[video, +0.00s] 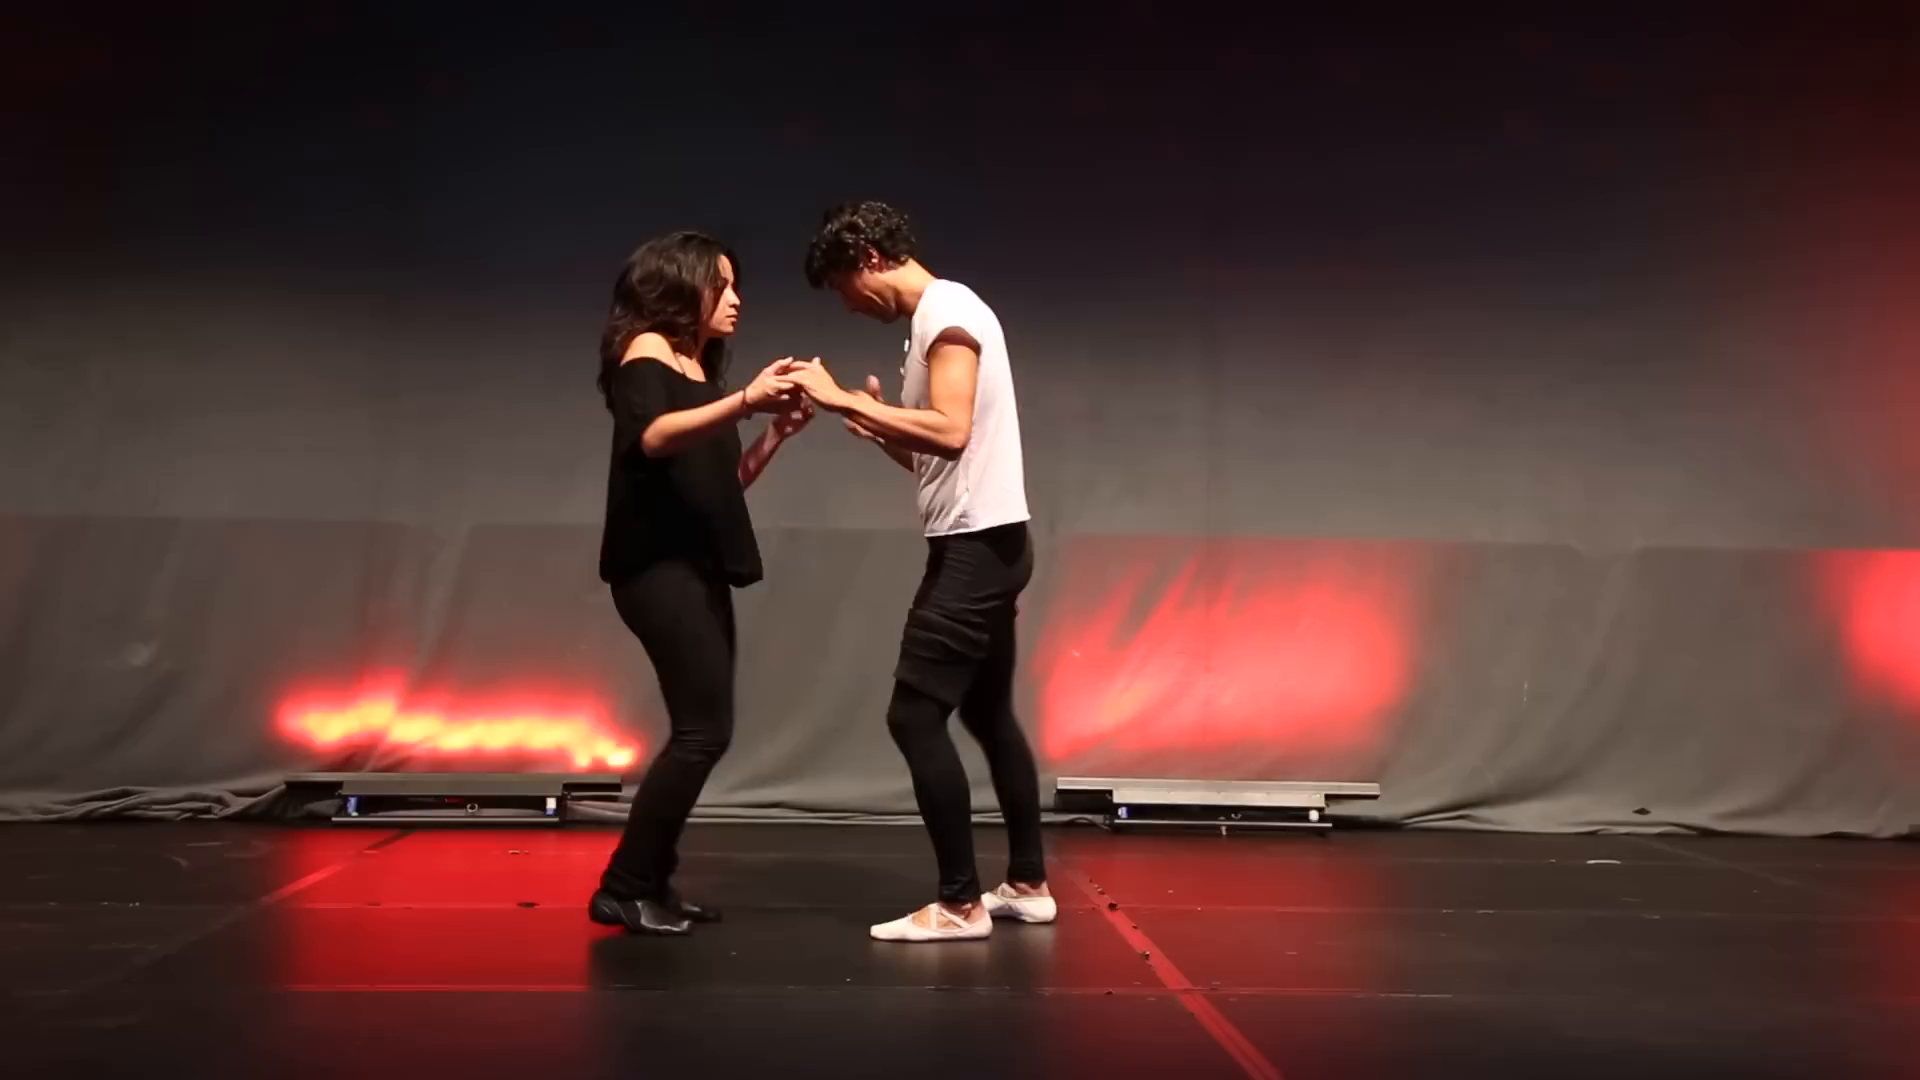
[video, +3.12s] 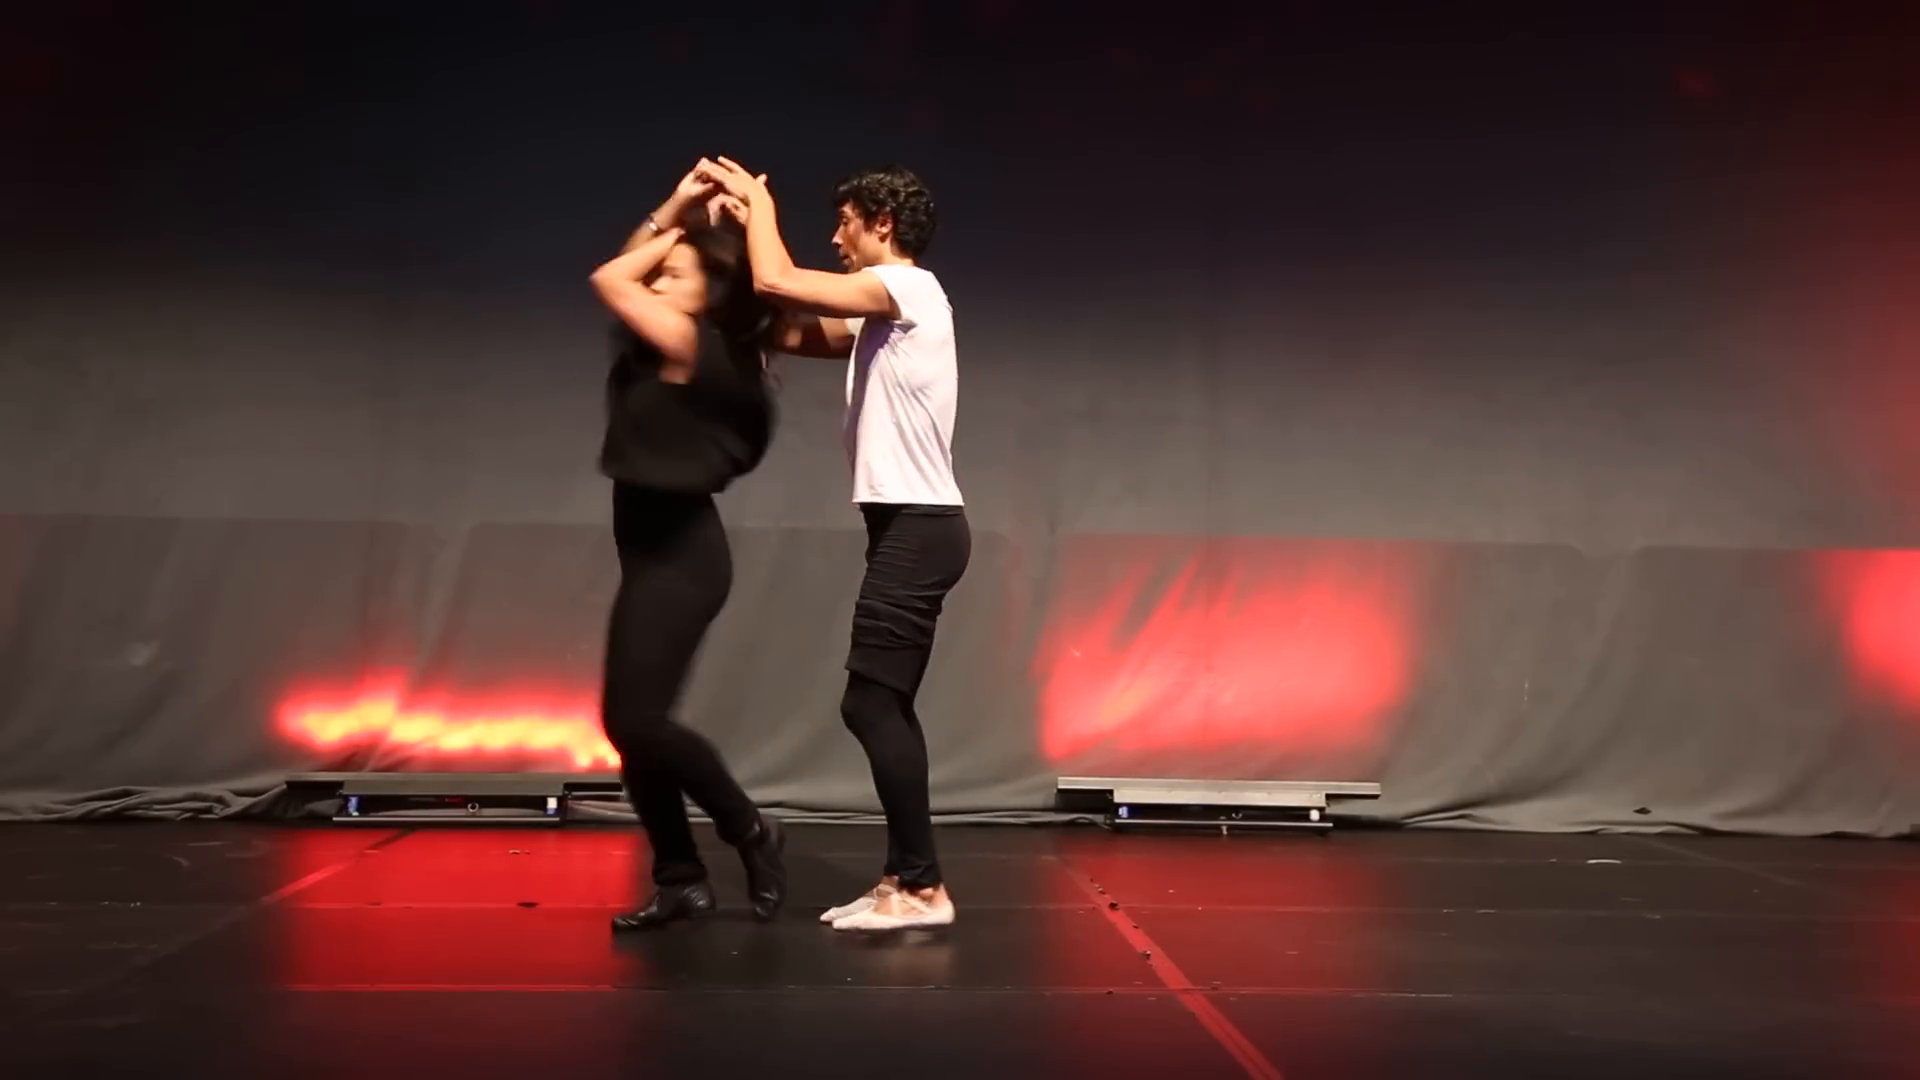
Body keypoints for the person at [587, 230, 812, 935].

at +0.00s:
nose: (734, 299)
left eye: (733, 286)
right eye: (722, 287)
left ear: (702, 295)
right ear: (684, 290)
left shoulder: (695, 366)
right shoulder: (649, 348)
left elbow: (722, 485)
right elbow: (653, 434)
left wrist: (774, 434)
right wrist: (745, 398)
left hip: (697, 568)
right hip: (659, 569)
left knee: (705, 731)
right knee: (700, 731)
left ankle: (650, 885)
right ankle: (622, 891)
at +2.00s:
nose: (716, 304)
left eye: (711, 291)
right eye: (702, 292)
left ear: (668, 303)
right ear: (666, 301)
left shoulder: (663, 370)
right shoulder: (653, 362)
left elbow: (709, 479)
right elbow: (691, 441)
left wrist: (771, 426)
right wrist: (765, 372)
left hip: (633, 574)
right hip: (647, 575)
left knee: (664, 725)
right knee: (755, 705)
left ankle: (629, 887)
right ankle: (646, 831)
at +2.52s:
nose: (711, 301)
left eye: (707, 288)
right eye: (700, 291)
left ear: (638, 304)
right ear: (667, 302)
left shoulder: (623, 368)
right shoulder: (687, 364)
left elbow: (728, 398)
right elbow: (796, 393)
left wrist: (772, 333)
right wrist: (814, 313)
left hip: (602, 574)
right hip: (662, 570)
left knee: (697, 711)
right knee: (661, 732)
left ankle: (714, 867)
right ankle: (582, 882)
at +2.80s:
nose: (722, 302)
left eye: (720, 290)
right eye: (712, 290)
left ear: (658, 297)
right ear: (680, 295)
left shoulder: (680, 363)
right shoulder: (672, 351)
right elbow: (753, 322)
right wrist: (785, 229)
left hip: (680, 568)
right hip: (643, 561)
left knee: (740, 718)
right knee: (666, 729)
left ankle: (699, 880)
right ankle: (581, 876)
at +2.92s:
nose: (727, 292)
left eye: (737, 282)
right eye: (713, 278)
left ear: (747, 296)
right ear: (680, 288)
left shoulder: (745, 361)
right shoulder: (640, 344)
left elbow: (765, 334)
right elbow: (655, 282)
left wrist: (752, 232)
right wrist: (717, 216)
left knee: (744, 723)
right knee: (643, 727)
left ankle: (714, 875)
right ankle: (636, 883)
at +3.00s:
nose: (697, 276)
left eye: (715, 273)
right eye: (690, 260)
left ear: (738, 297)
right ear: (666, 278)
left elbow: (708, 300)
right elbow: (612, 266)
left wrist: (715, 216)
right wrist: (688, 202)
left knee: (721, 727)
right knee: (612, 726)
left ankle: (726, 871)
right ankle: (672, 879)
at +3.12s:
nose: (658, 264)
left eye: (673, 259)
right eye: (662, 256)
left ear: (702, 278)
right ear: (689, 277)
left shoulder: (693, 340)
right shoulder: (679, 332)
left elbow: (610, 283)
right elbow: (630, 270)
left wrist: (671, 230)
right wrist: (680, 205)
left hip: (683, 556)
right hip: (653, 553)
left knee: (639, 720)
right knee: (630, 722)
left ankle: (754, 838)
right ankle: (680, 881)